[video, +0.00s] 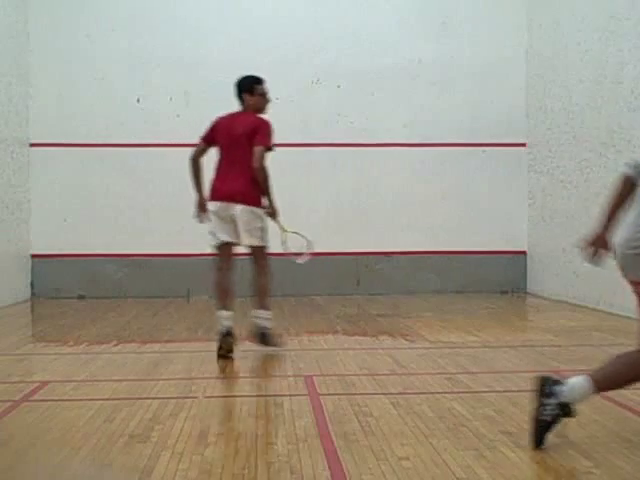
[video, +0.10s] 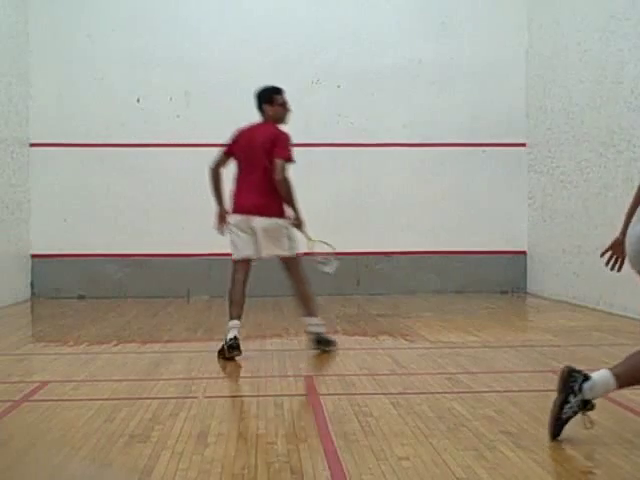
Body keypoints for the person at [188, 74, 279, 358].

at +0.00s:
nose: (267, 99)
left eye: (266, 94)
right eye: (263, 94)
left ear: (244, 97)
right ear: (248, 96)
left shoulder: (222, 122)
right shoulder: (261, 124)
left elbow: (196, 156)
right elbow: (257, 164)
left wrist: (200, 196)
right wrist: (270, 200)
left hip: (219, 199)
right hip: (248, 201)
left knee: (223, 262)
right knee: (260, 261)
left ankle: (225, 325)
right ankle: (261, 323)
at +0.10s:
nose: (287, 109)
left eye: (286, 104)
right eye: (282, 104)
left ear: (264, 108)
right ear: (268, 107)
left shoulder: (242, 134)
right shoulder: (279, 136)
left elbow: (216, 167)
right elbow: (279, 176)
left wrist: (221, 207)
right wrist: (296, 212)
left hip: (240, 214)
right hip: (270, 215)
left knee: (239, 273)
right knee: (294, 270)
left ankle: (232, 335)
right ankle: (315, 329)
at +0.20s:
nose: (307, 111)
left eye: (305, 106)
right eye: (302, 107)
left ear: (285, 112)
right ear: (288, 110)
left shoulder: (265, 139)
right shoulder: (302, 138)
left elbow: (240, 176)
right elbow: (302, 178)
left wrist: (240, 218)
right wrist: (317, 214)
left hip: (268, 219)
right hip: (298, 218)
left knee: (257, 274)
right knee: (314, 274)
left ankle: (240, 327)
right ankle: (326, 332)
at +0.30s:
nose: (324, 102)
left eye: (322, 97)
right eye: (319, 98)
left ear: (301, 102)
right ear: (305, 101)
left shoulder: (282, 131)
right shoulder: (323, 128)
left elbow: (263, 171)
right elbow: (326, 165)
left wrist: (266, 212)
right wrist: (340, 203)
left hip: (289, 205)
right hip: (320, 205)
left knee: (281, 261)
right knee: (329, 263)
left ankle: (271, 320)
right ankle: (329, 323)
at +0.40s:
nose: (341, 101)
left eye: (340, 96)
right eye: (338, 96)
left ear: (317, 101)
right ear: (328, 99)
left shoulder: (300, 129)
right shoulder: (341, 126)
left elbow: (286, 170)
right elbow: (348, 166)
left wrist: (293, 202)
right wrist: (363, 204)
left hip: (303, 202)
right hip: (335, 202)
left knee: (304, 261)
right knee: (351, 257)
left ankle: (298, 319)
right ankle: (347, 311)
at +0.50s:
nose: (362, 116)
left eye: (360, 112)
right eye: (359, 112)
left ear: (339, 115)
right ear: (353, 114)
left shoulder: (321, 141)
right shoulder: (358, 142)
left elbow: (308, 182)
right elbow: (371, 185)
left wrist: (322, 206)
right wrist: (388, 220)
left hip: (319, 216)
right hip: (347, 216)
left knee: (315, 273)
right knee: (378, 262)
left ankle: (305, 331)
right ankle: (391, 321)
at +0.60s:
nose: (386, 130)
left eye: (385, 126)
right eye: (385, 126)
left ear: (365, 127)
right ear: (381, 128)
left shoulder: (347, 151)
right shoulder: (382, 157)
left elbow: (332, 187)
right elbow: (394, 200)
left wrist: (352, 203)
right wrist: (412, 232)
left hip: (337, 223)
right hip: (366, 226)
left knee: (325, 280)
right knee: (403, 269)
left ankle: (307, 333)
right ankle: (428, 321)